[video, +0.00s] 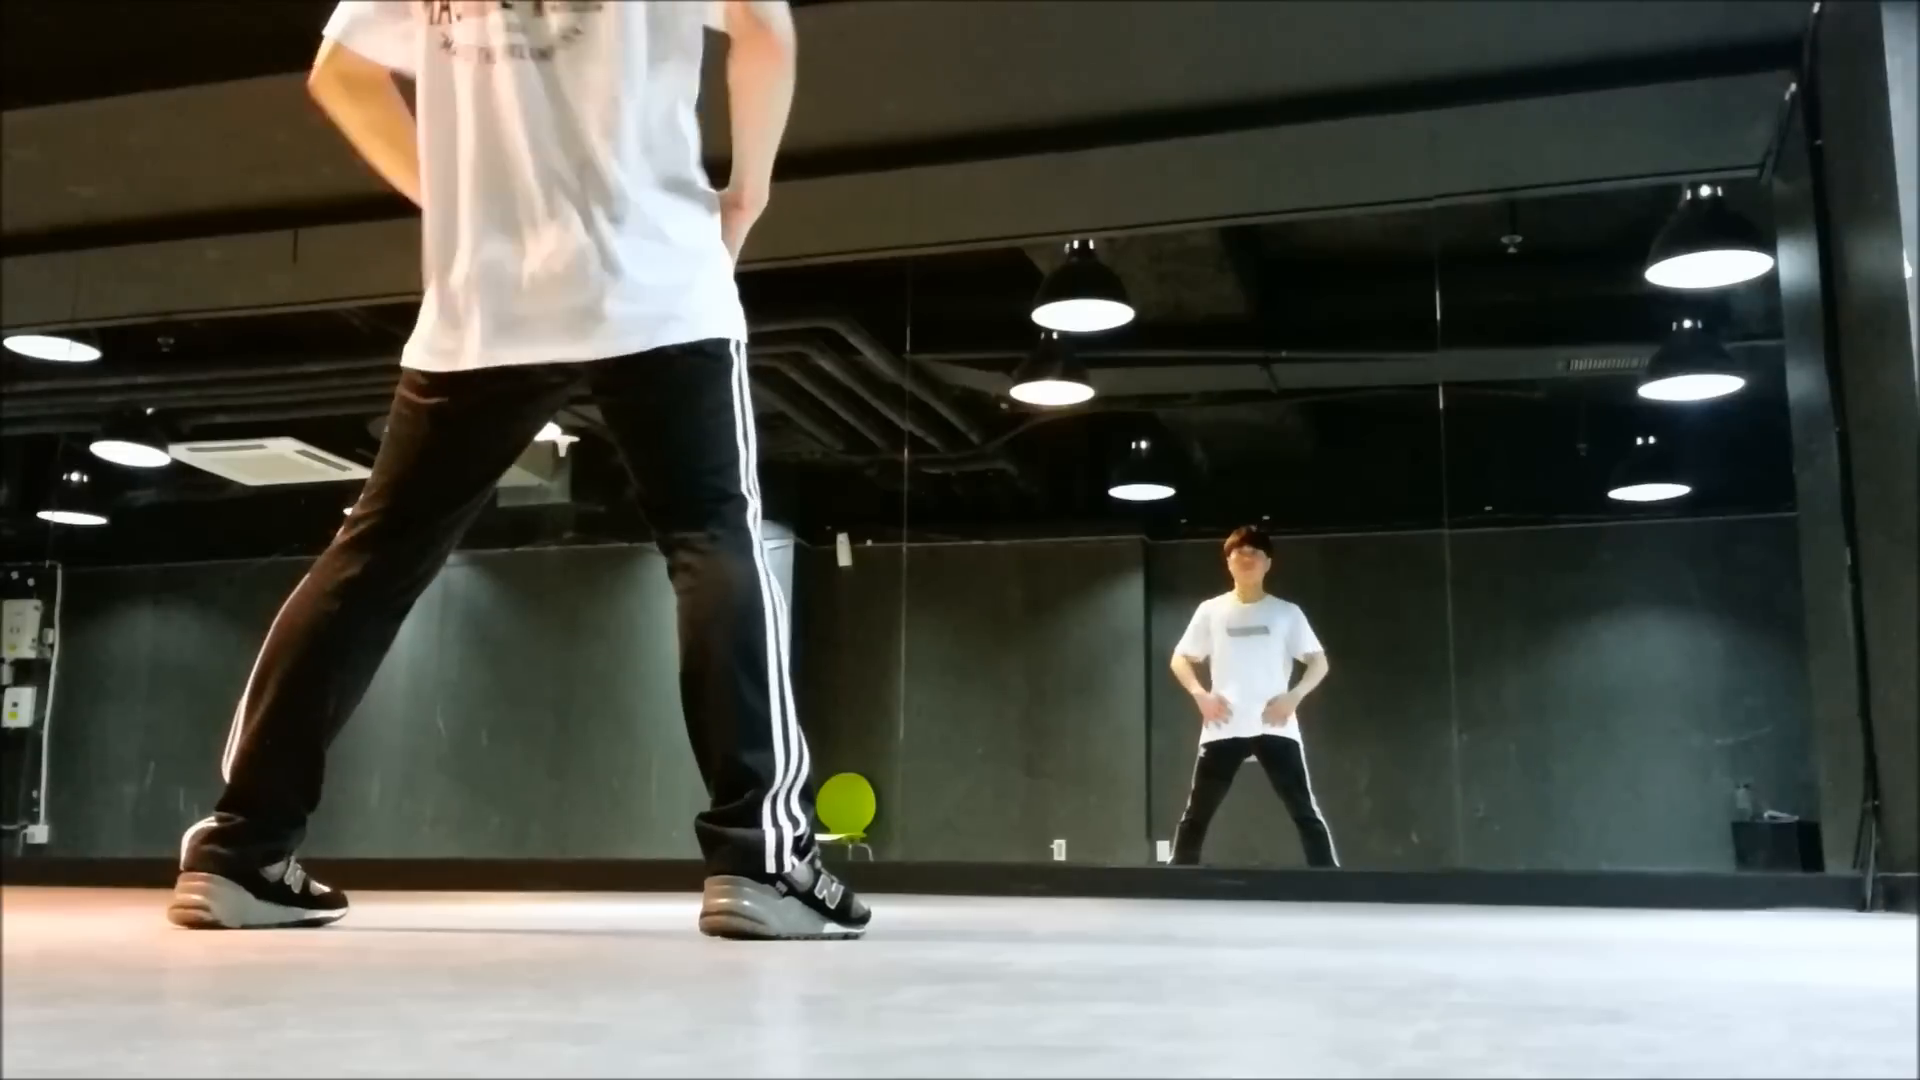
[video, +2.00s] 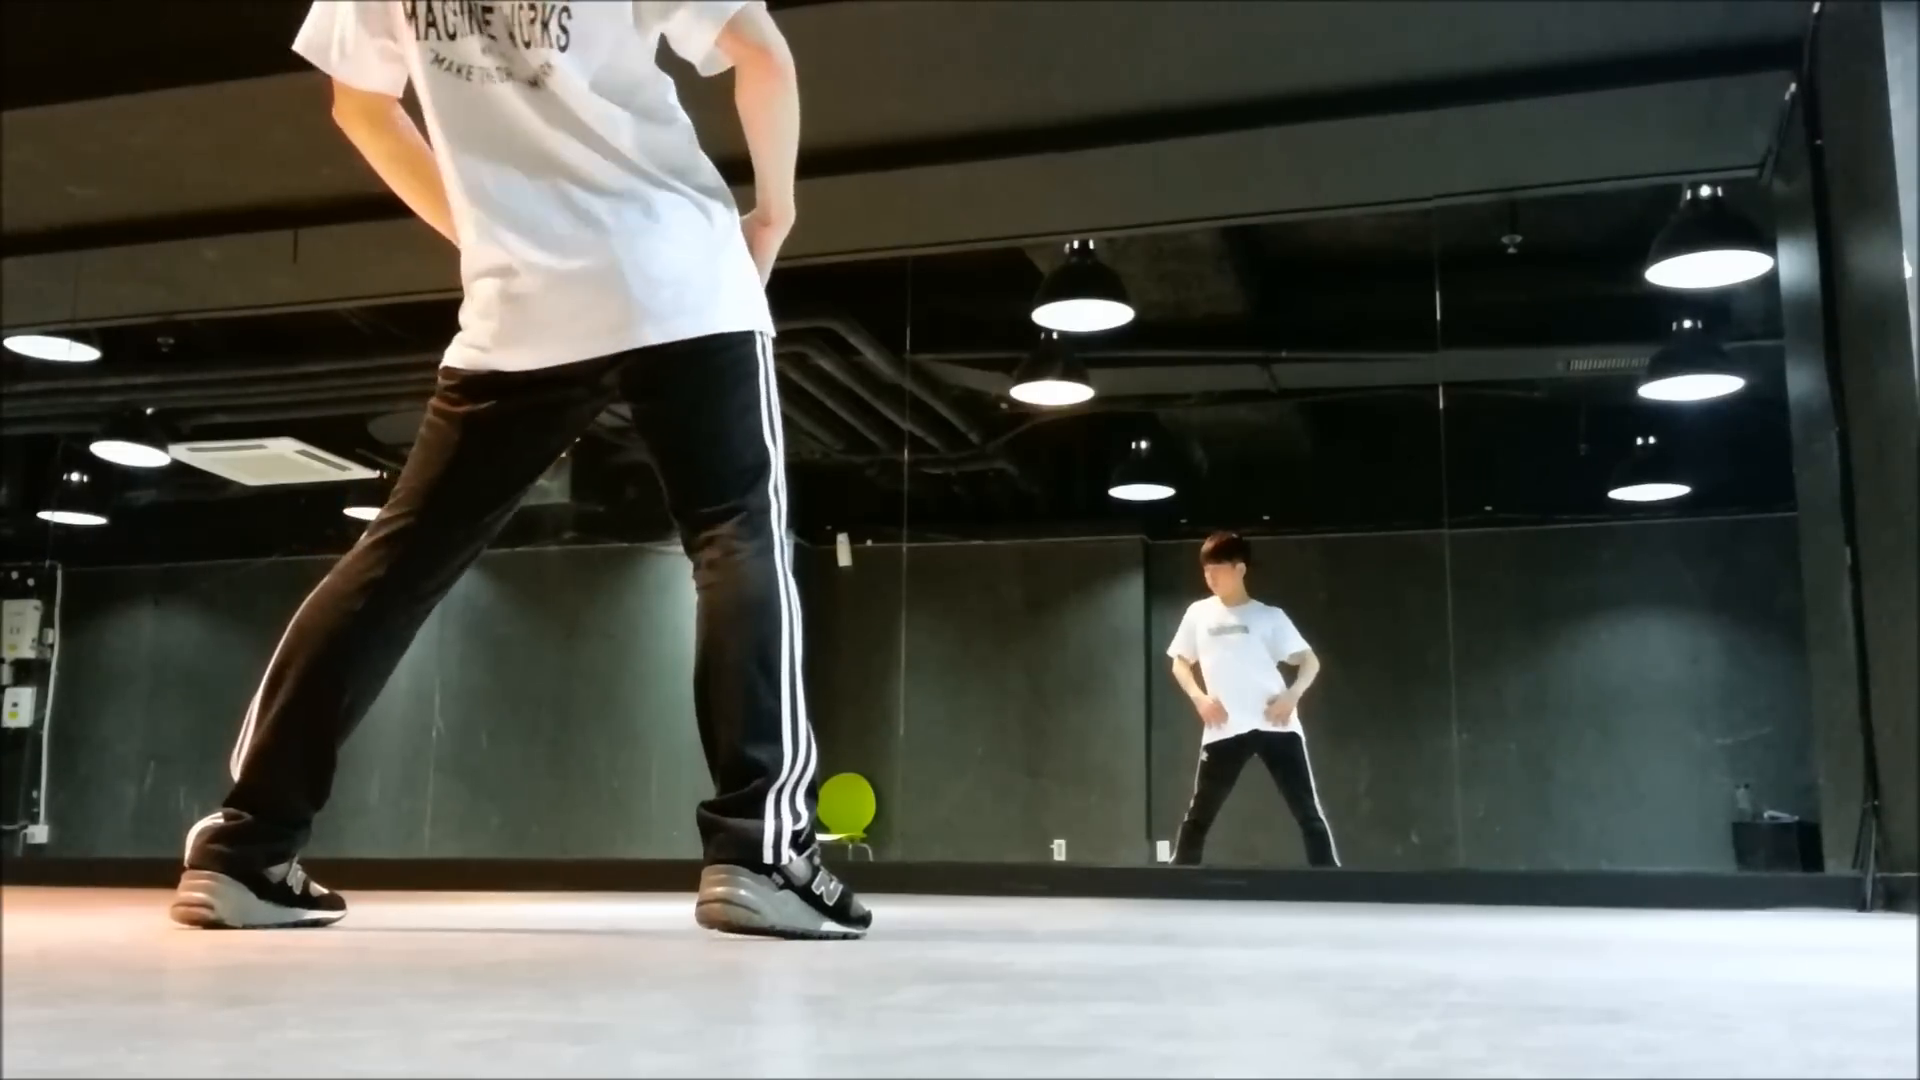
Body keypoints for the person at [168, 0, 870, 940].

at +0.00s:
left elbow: (343, 72)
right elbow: (762, 27)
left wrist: (458, 197)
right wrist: (748, 185)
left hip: (484, 272)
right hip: (654, 270)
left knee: (375, 553)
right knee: (717, 545)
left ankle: (238, 845)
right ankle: (762, 857)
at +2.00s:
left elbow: (358, 103)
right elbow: (761, 55)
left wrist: (477, 230)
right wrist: (774, 206)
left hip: (520, 286)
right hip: (680, 266)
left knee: (398, 555)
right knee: (738, 542)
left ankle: (243, 843)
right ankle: (762, 850)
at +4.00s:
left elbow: (355, 75)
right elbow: (752, 26)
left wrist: (464, 204)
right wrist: (758, 187)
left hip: (493, 271)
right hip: (661, 266)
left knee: (378, 554)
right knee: (719, 544)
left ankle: (241, 845)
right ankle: (760, 854)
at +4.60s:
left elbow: (366, 69)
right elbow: (734, 26)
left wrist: (462, 199)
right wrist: (756, 199)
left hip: (483, 262)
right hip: (652, 256)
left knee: (367, 553)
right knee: (712, 546)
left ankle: (238, 849)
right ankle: (759, 856)